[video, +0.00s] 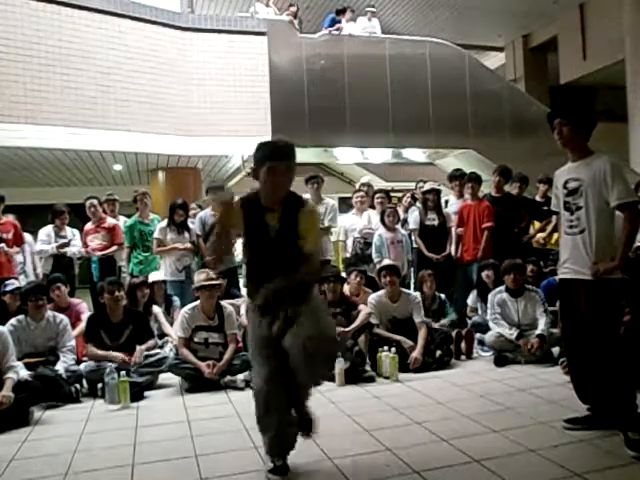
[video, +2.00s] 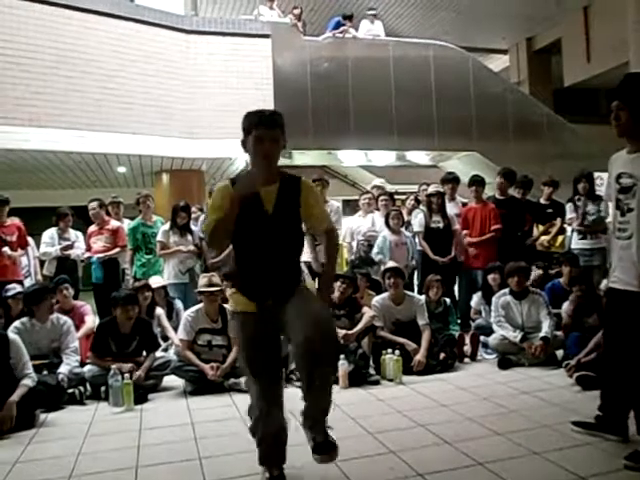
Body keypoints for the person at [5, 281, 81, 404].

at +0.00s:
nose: (39, 303)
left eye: (42, 299)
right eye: (34, 300)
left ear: (47, 301)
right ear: (25, 305)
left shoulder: (60, 321)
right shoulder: (14, 326)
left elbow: (69, 352)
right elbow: (10, 359)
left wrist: (58, 371)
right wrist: (24, 375)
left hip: (53, 367)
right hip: (28, 370)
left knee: (76, 374)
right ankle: (69, 394)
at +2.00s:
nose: (53, 302)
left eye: (53, 298)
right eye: (48, 299)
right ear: (35, 305)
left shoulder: (64, 323)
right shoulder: (18, 329)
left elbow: (71, 353)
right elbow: (15, 359)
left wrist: (63, 372)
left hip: (58, 368)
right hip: (32, 371)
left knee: (79, 375)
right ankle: (69, 397)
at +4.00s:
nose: (44, 305)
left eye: (47, 301)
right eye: (39, 302)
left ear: (53, 303)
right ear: (31, 305)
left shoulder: (64, 323)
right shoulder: (18, 328)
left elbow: (72, 353)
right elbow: (15, 357)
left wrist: (63, 373)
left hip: (58, 369)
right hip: (32, 372)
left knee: (79, 375)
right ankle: (69, 397)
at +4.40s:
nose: (44, 305)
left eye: (47, 301)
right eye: (39, 301)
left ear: (52, 303)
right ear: (31, 305)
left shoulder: (64, 324)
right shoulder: (19, 328)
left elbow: (72, 353)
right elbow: (13, 358)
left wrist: (63, 374)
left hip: (58, 369)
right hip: (32, 372)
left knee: (79, 376)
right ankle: (69, 397)